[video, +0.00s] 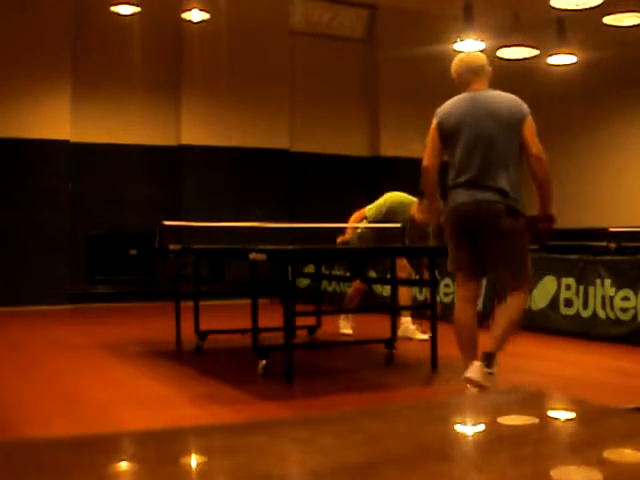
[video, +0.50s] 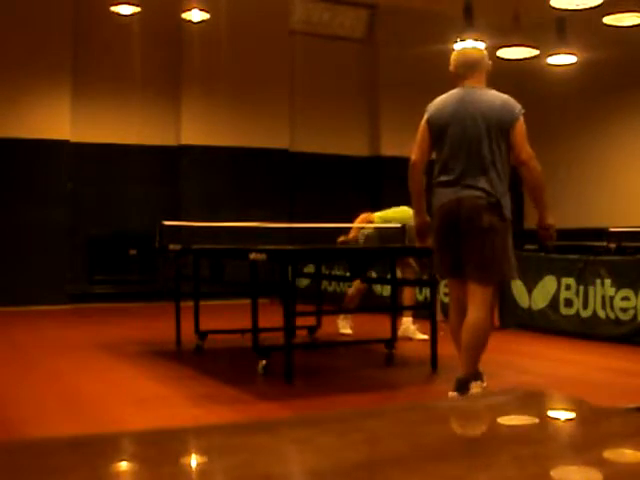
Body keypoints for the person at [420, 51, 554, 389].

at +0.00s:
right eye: (484, 71)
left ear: (457, 79)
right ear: (487, 74)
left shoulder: (444, 112)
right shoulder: (515, 106)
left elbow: (429, 166)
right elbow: (536, 155)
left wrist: (432, 207)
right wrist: (546, 208)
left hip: (460, 210)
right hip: (503, 209)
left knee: (465, 288)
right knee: (517, 289)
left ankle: (472, 372)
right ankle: (485, 358)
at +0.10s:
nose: (481, 74)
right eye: (483, 68)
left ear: (455, 78)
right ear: (485, 72)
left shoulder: (441, 112)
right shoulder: (513, 106)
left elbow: (428, 167)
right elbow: (534, 156)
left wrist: (425, 210)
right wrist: (547, 209)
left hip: (456, 210)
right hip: (499, 211)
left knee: (463, 291)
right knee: (499, 294)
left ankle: (470, 371)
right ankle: (472, 368)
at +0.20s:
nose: (481, 73)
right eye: (483, 67)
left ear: (453, 76)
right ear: (485, 71)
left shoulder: (441, 111)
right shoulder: (511, 106)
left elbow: (425, 165)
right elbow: (533, 158)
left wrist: (422, 213)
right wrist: (548, 211)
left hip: (453, 210)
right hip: (495, 210)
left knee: (461, 291)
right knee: (492, 293)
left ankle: (470, 372)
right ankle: (468, 375)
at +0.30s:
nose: (482, 71)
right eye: (484, 65)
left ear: (453, 73)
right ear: (484, 70)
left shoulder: (439, 109)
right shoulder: (510, 105)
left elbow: (423, 165)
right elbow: (532, 158)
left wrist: (420, 214)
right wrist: (548, 211)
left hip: (450, 208)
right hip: (493, 208)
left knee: (459, 291)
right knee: (487, 293)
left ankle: (470, 372)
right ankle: (467, 378)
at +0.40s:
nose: (485, 72)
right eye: (486, 67)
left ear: (454, 73)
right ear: (485, 70)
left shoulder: (437, 109)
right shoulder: (508, 106)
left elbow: (420, 163)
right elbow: (529, 160)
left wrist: (420, 213)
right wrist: (547, 213)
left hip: (447, 208)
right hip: (489, 209)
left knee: (457, 292)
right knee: (483, 295)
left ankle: (469, 372)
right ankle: (465, 379)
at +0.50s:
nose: (486, 71)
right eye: (486, 65)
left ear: (454, 72)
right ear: (485, 69)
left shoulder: (436, 108)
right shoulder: (507, 107)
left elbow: (418, 162)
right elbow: (525, 161)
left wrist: (419, 212)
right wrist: (542, 212)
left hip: (445, 207)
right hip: (487, 208)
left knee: (455, 293)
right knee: (480, 297)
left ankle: (470, 373)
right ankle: (463, 382)